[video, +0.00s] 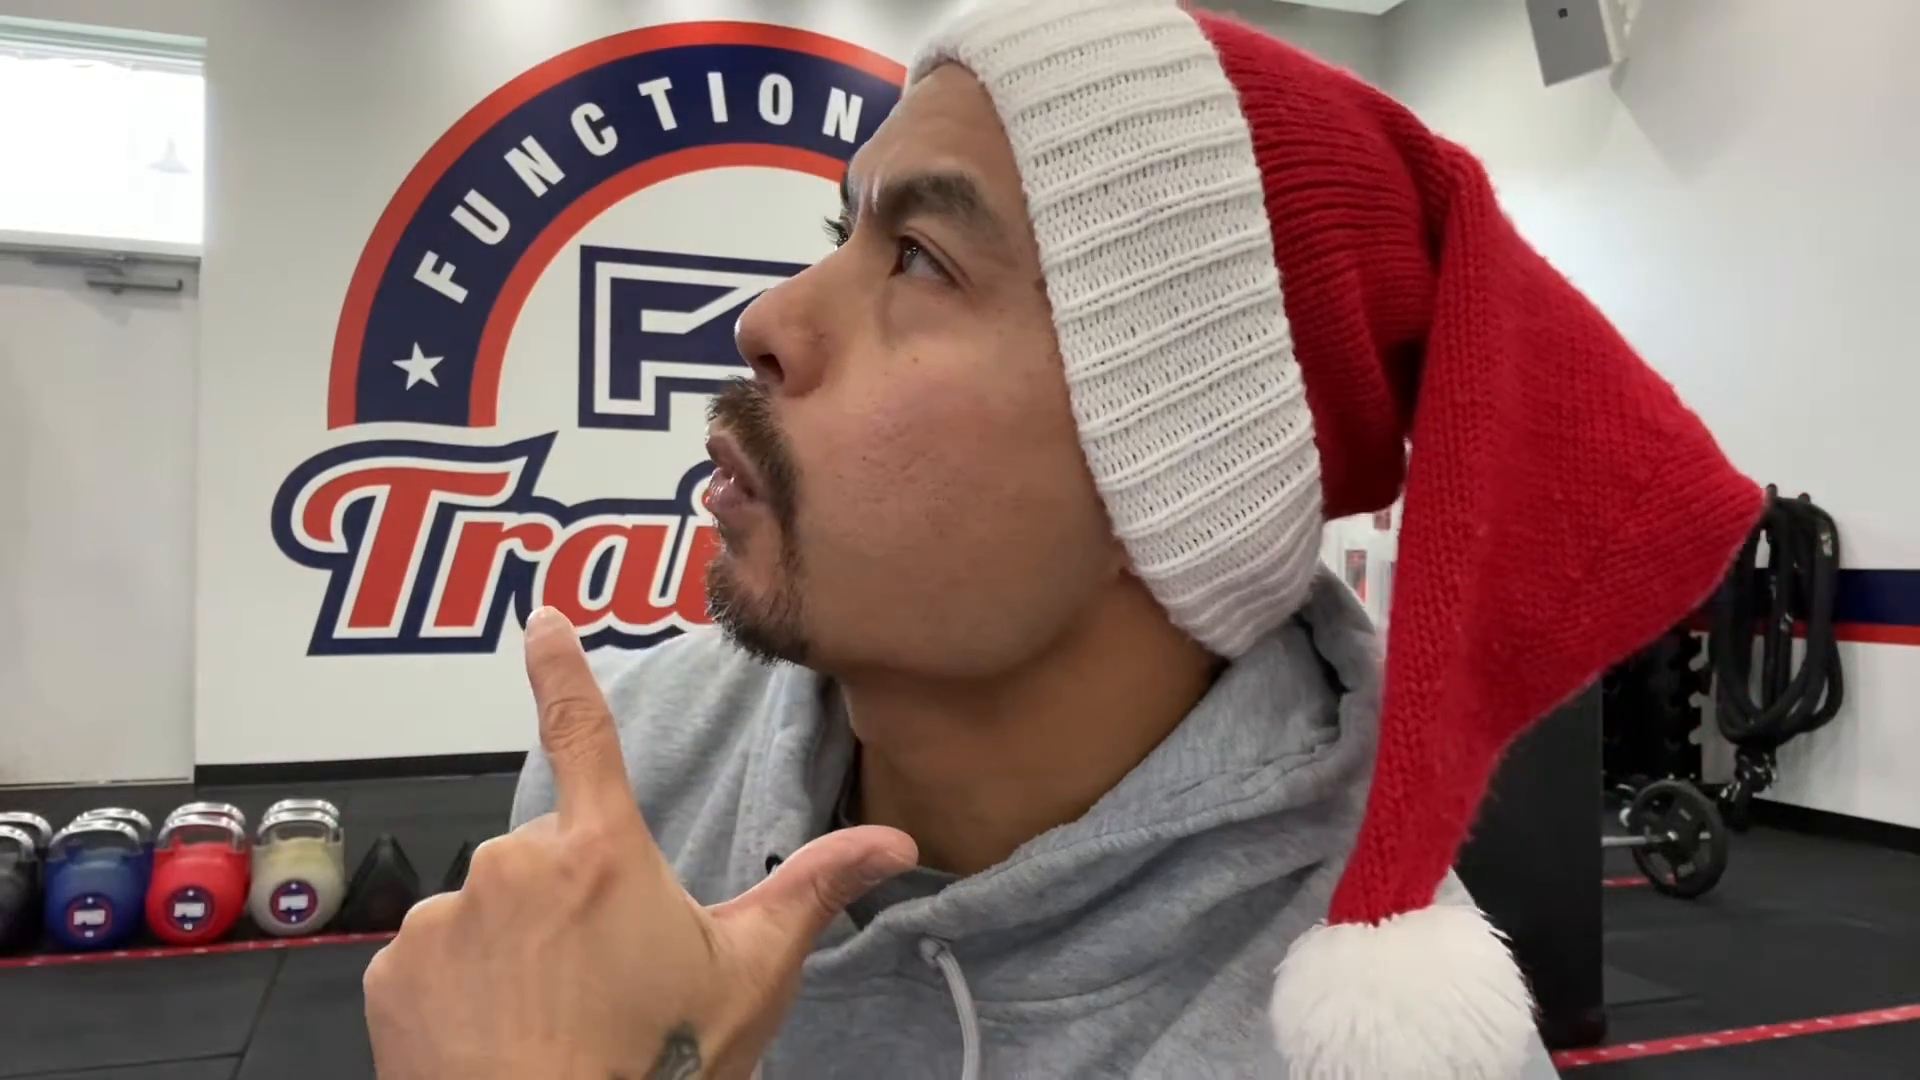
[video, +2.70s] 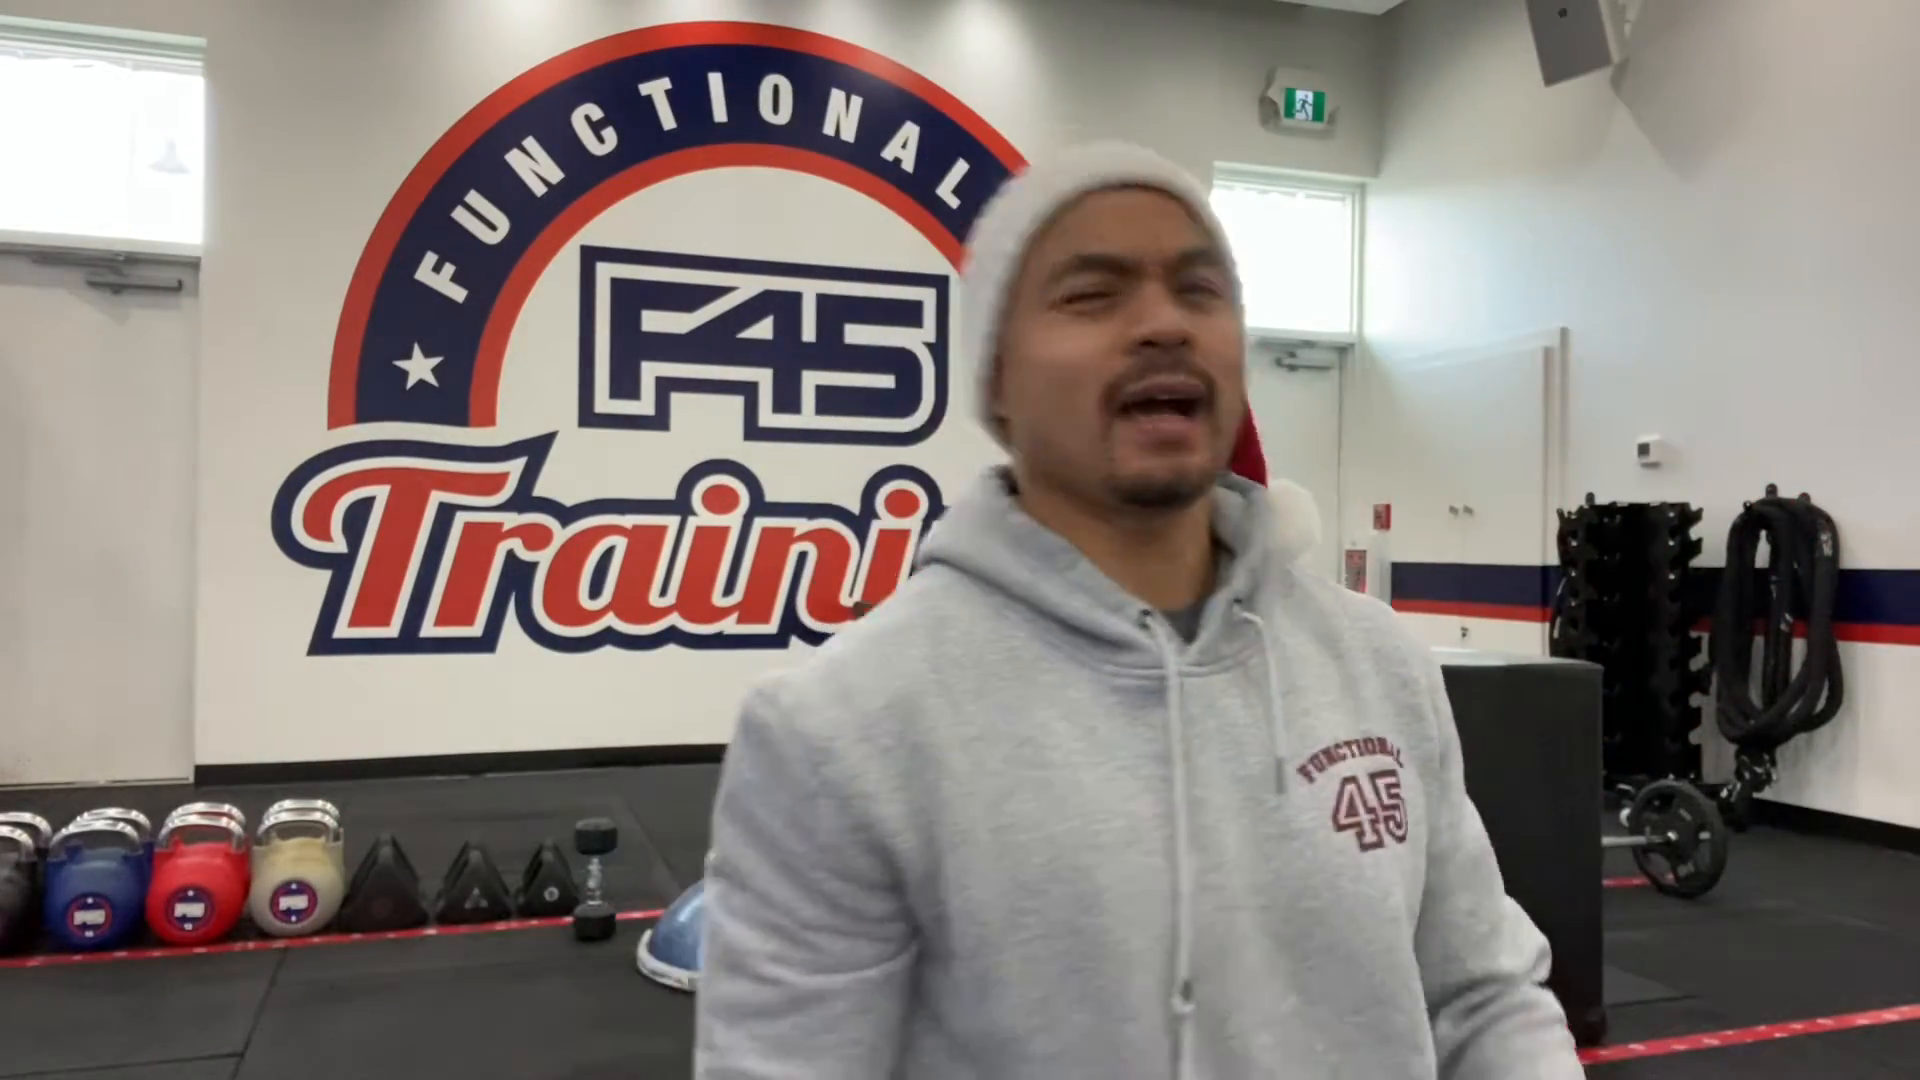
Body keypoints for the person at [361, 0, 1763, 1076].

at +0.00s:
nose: (766, 327)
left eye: (927, 262)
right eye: (848, 241)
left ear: (1200, 459)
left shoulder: (1373, 1019)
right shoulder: (630, 754)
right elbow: (488, 1003)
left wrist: (547, 1071)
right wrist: (554, 1044)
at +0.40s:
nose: (778, 339)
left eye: (908, 261)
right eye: (754, 258)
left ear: (1117, 345)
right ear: (722, 294)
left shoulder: (1292, 921)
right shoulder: (704, 715)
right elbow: (635, 1033)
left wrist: (509, 1069)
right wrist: (548, 1044)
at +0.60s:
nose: (784, 331)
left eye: (884, 254)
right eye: (750, 275)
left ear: (1068, 313)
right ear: (725, 324)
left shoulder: (1305, 771)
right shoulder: (767, 741)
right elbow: (717, 1038)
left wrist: (671, 1066)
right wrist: (660, 1055)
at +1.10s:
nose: (928, 344)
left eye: (991, 294)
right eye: (885, 320)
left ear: (1116, 341)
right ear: (854, 394)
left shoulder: (1345, 634)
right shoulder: (852, 749)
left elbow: (1530, 1055)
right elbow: (869, 1051)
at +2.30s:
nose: (958, 308)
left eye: (1020, 264)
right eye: (899, 275)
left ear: (1111, 337)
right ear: (842, 352)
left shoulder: (1347, 665)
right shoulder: (711, 740)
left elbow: (1495, 1056)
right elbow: (695, 1069)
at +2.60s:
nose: (1083, 313)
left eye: (1128, 270)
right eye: (1010, 283)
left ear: (1190, 337)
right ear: (924, 374)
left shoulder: (1376, 658)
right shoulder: (771, 752)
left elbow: (1498, 1035)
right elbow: (725, 1064)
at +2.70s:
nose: (1164, 326)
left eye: (1197, 289)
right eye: (1091, 292)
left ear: (1244, 348)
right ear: (993, 379)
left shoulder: (1374, 664)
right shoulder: (836, 732)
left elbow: (1488, 1000)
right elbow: (778, 1071)